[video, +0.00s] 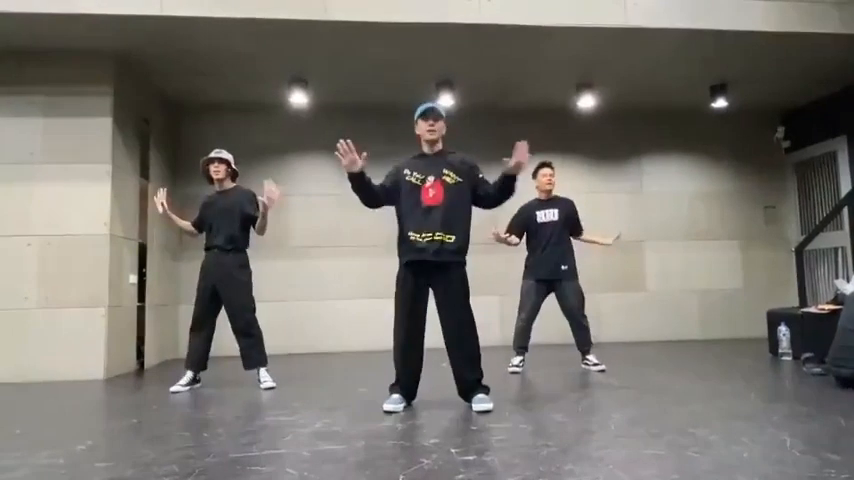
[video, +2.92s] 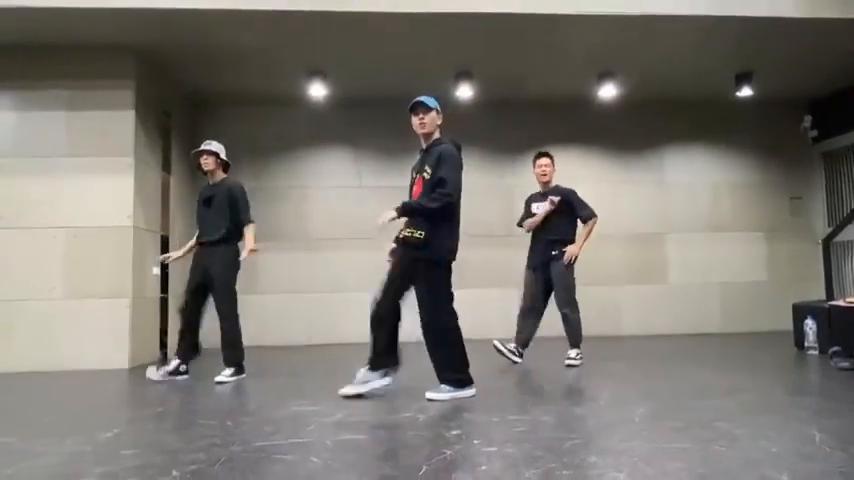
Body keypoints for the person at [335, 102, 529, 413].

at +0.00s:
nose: (431, 124)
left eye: (436, 119)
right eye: (425, 120)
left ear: (444, 126)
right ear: (416, 127)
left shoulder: (463, 166)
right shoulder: (403, 169)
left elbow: (490, 198)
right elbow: (373, 198)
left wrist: (510, 173)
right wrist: (356, 173)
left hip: (450, 263)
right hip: (412, 264)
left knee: (460, 327)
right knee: (406, 329)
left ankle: (475, 391)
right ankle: (401, 392)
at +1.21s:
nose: (456, 130)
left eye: (459, 124)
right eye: (449, 125)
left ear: (466, 129)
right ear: (437, 133)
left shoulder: (482, 169)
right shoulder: (425, 171)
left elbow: (501, 204)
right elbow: (399, 202)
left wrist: (505, 170)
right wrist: (384, 180)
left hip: (461, 261)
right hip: (425, 261)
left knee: (465, 326)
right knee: (419, 321)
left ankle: (475, 389)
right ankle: (430, 385)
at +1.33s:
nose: (438, 125)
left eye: (444, 120)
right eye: (433, 120)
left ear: (455, 125)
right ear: (425, 127)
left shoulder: (465, 157)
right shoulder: (421, 165)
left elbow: (505, 179)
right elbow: (416, 202)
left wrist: (481, 196)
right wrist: (397, 202)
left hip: (446, 254)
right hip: (418, 255)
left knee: (452, 321)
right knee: (422, 324)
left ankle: (475, 388)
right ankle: (433, 388)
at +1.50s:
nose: (425, 126)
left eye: (431, 121)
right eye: (420, 121)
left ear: (441, 126)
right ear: (413, 127)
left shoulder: (451, 154)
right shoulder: (421, 164)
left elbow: (484, 185)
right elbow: (434, 198)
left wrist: (461, 222)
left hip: (440, 246)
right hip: (419, 245)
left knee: (427, 314)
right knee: (420, 314)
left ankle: (442, 387)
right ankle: (430, 383)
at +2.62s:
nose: (425, 120)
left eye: (431, 115)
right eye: (421, 116)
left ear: (444, 120)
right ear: (417, 123)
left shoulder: (452, 156)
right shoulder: (426, 163)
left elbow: (467, 203)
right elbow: (430, 206)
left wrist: (443, 236)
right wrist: (419, 237)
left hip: (438, 250)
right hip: (418, 247)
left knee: (439, 319)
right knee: (390, 289)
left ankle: (455, 384)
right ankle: (425, 343)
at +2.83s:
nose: (423, 117)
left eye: (429, 112)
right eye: (419, 114)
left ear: (442, 118)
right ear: (415, 122)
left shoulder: (449, 152)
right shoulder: (425, 159)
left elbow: (449, 196)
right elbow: (426, 202)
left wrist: (411, 215)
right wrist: (411, 228)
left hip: (436, 247)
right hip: (415, 242)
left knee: (434, 313)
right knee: (377, 277)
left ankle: (457, 382)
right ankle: (410, 326)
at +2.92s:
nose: (421, 118)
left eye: (427, 113)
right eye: (416, 114)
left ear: (439, 118)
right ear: (412, 122)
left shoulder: (447, 151)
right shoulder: (423, 158)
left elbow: (445, 197)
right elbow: (420, 208)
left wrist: (404, 209)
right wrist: (400, 243)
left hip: (434, 250)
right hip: (413, 248)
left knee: (438, 316)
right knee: (385, 305)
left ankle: (458, 381)